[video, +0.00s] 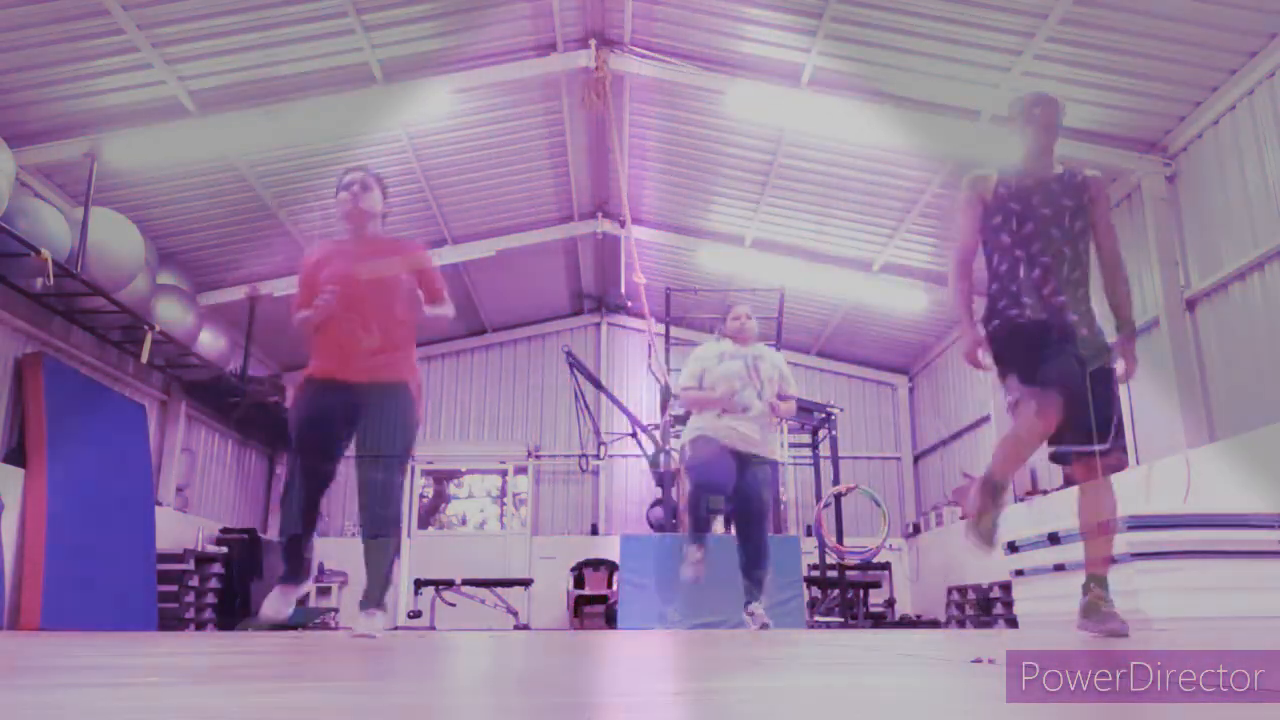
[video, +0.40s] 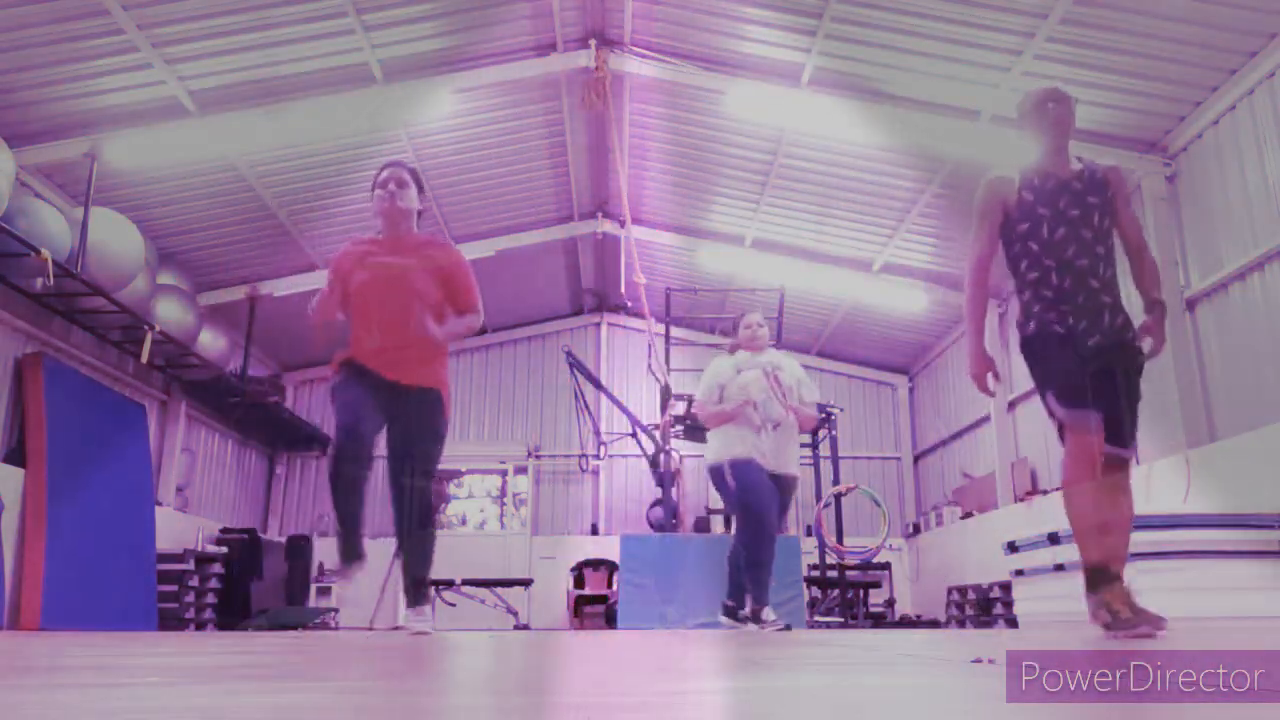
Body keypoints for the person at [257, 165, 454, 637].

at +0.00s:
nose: (355, 194)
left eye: (365, 187)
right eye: (347, 189)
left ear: (382, 201)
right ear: (336, 203)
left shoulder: (409, 252)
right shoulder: (320, 257)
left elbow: (447, 313)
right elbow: (298, 326)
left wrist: (419, 307)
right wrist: (317, 311)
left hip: (389, 382)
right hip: (328, 380)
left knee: (380, 485)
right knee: (304, 470)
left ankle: (374, 603)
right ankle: (293, 578)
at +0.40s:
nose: (391, 191)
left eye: (401, 185)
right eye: (383, 186)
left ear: (420, 199)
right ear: (372, 201)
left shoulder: (443, 254)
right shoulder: (353, 255)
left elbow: (473, 317)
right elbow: (323, 317)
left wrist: (442, 331)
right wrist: (322, 307)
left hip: (420, 381)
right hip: (364, 373)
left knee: (414, 486)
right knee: (352, 433)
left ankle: (417, 598)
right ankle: (351, 554)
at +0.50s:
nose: (397, 205)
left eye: (407, 199)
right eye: (389, 199)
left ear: (424, 212)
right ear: (378, 211)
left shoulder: (446, 268)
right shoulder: (358, 269)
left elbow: (472, 333)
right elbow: (339, 340)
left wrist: (451, 361)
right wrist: (328, 333)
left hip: (428, 404)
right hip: (366, 399)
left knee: (423, 509)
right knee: (362, 506)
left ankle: (422, 607)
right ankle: (369, 611)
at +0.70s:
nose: (404, 201)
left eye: (412, 194)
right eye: (396, 194)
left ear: (428, 206)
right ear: (384, 206)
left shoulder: (453, 260)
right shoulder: (367, 263)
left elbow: (488, 311)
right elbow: (323, 320)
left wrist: (472, 334)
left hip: (438, 401)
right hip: (380, 398)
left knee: (436, 491)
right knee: (374, 510)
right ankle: (372, 609)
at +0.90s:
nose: (425, 192)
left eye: (434, 185)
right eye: (416, 186)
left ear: (449, 198)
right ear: (403, 201)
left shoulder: (474, 253)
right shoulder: (382, 259)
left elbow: (496, 312)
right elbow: (362, 325)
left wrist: (493, 321)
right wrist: (405, 318)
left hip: (469, 371)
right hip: (412, 379)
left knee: (469, 406)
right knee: (422, 489)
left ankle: (464, 500)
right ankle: (422, 606)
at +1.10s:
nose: (447, 192)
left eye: (455, 185)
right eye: (438, 186)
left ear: (470, 198)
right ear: (425, 200)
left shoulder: (497, 253)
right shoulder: (407, 258)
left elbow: (531, 310)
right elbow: (380, 325)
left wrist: (507, 298)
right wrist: (411, 303)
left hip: (495, 373)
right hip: (435, 382)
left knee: (512, 434)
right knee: (430, 490)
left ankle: (516, 546)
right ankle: (421, 604)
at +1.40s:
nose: (494, 204)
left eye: (503, 198)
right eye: (486, 199)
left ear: (520, 213)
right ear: (474, 214)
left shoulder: (544, 268)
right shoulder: (455, 273)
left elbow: (572, 339)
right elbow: (441, 336)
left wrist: (549, 314)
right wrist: (448, 343)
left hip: (532, 400)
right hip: (472, 406)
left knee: (531, 501)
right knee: (472, 507)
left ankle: (534, 607)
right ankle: (471, 604)